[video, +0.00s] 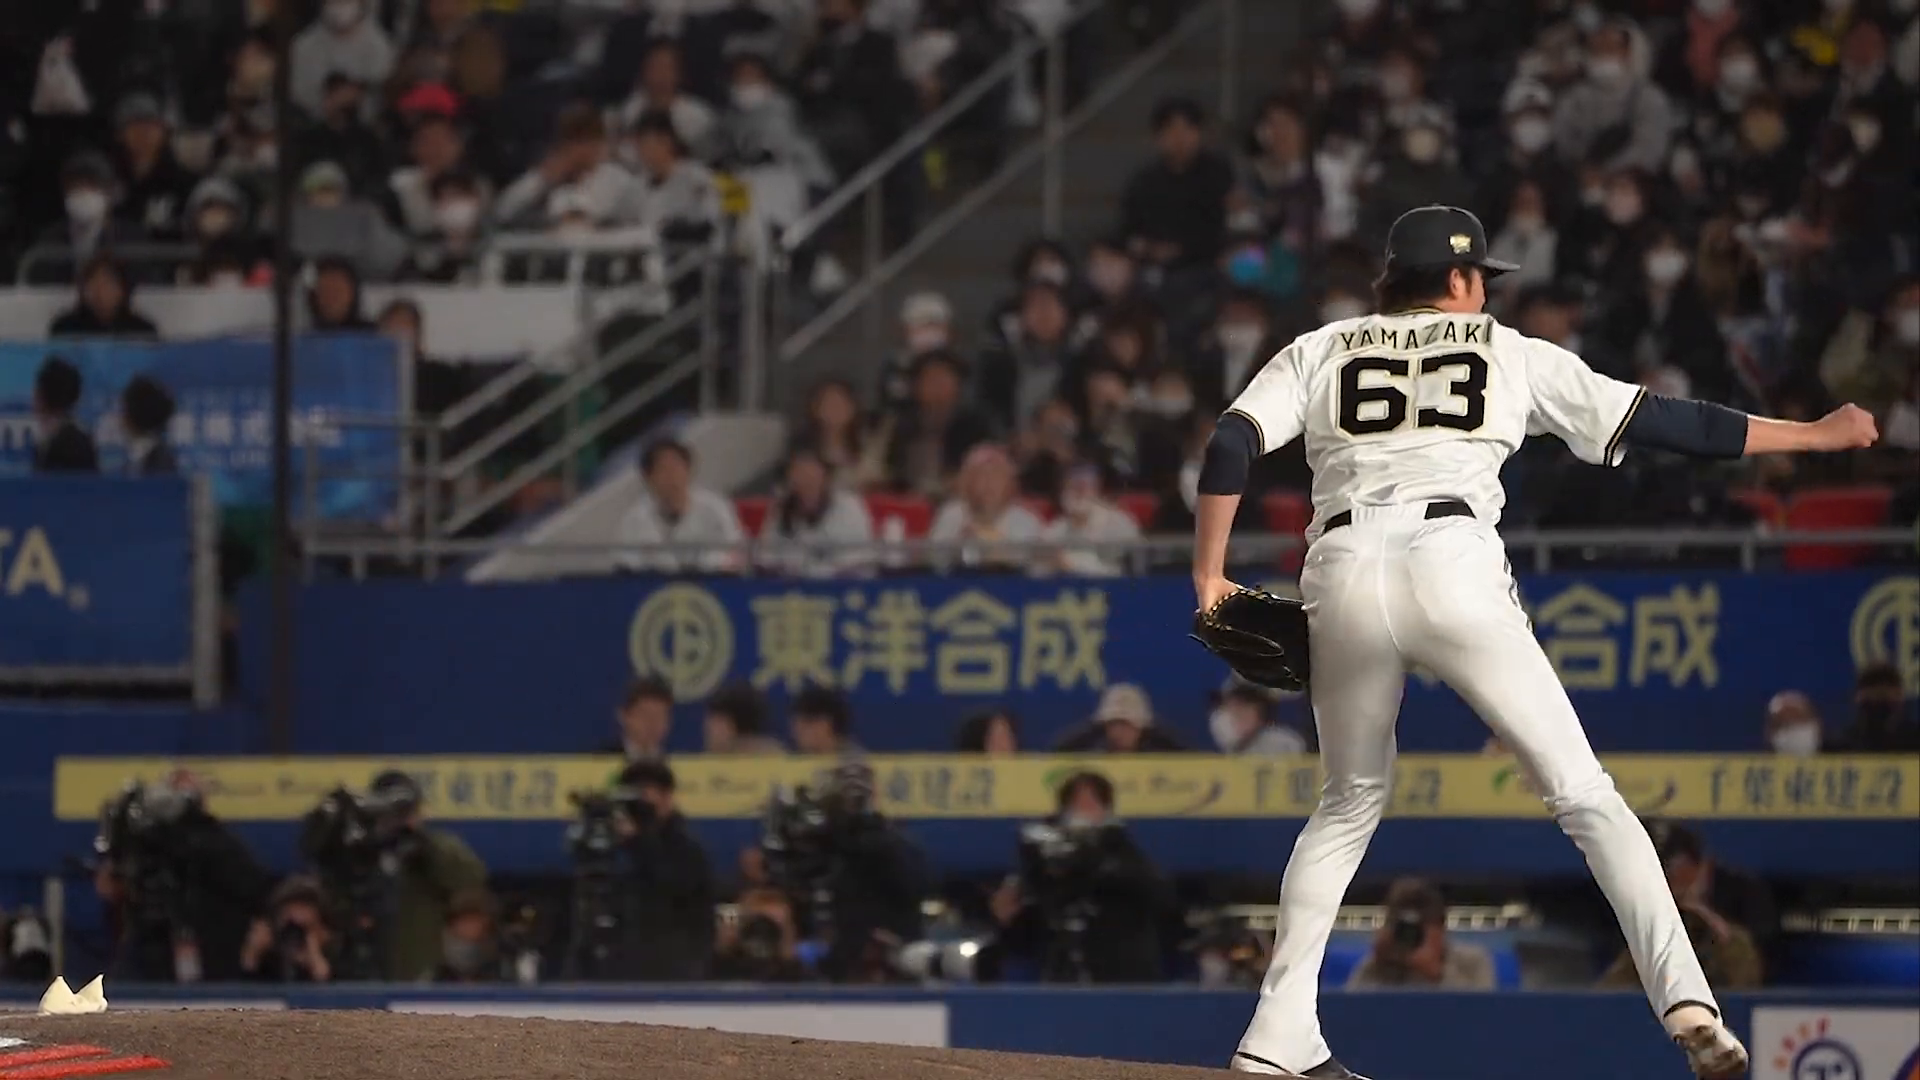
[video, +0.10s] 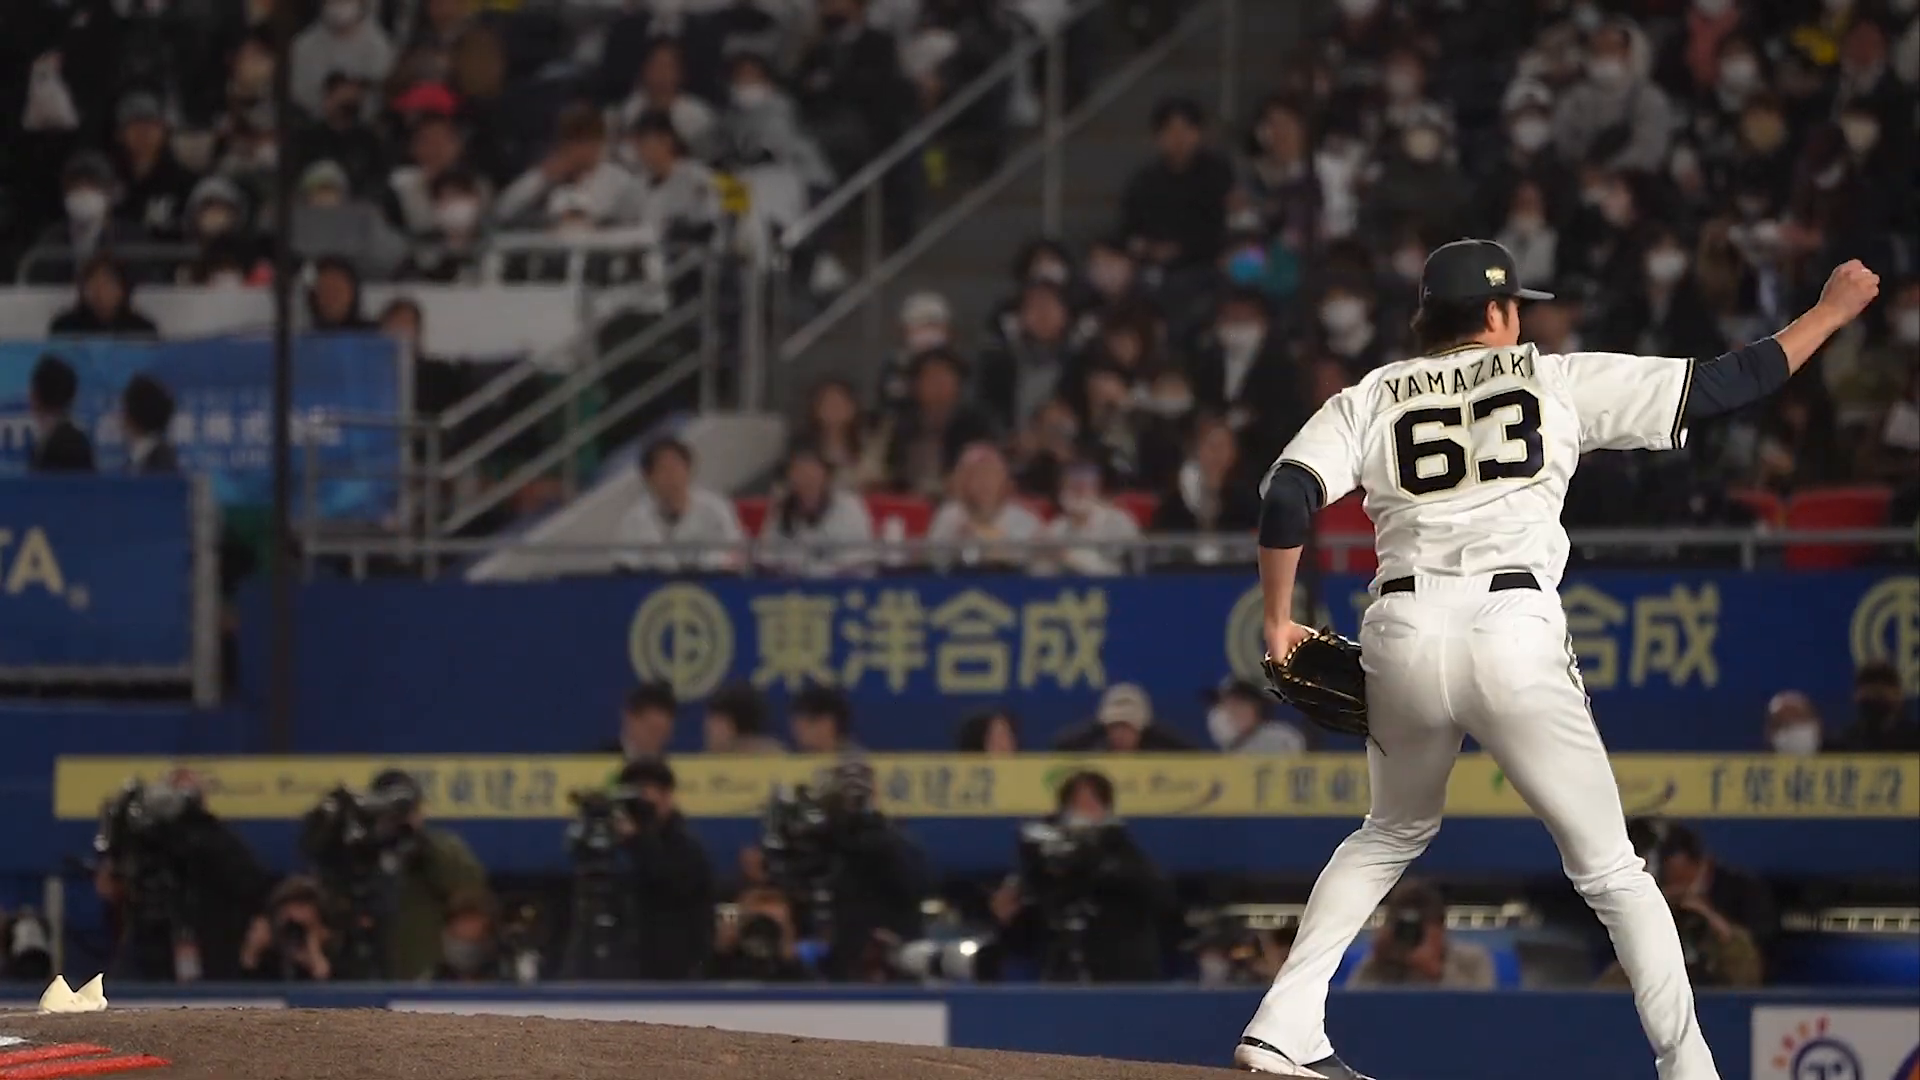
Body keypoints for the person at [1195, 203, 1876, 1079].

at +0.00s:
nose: (1486, 287)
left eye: (1480, 273)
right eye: (1480, 274)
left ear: (1392, 280)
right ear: (1462, 279)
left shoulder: (1322, 347)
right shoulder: (1513, 351)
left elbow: (1229, 444)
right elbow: (1665, 421)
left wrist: (1208, 576)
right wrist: (1816, 435)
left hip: (1338, 564)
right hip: (1455, 556)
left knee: (1345, 804)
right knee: (1581, 795)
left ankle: (1278, 1035)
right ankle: (1685, 1000)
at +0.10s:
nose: (1518, 317)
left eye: (1511, 305)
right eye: (1510, 305)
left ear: (1431, 317)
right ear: (1495, 314)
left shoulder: (1371, 395)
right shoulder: (1555, 377)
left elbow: (1286, 490)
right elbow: (1718, 384)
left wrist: (1278, 621)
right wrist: (1831, 311)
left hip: (1399, 630)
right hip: (1518, 628)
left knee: (1388, 829)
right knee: (1610, 871)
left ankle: (1283, 1026)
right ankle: (1688, 1064)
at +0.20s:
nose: (1536, 312)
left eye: (1529, 297)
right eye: (1532, 298)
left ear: (1443, 310)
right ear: (1515, 304)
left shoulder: (1389, 399)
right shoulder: (1572, 371)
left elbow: (1305, 510)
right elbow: (1735, 355)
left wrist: (1305, 631)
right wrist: (1750, 251)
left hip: (1412, 636)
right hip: (1529, 639)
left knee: (1419, 842)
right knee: (1645, 870)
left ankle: (1295, 1014)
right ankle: (1691, 1064)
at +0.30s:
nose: (1520, 243)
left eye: (1515, 227)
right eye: (1516, 228)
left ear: (1430, 235)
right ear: (1499, 234)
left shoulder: (1359, 328)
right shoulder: (1539, 303)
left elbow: (1272, 445)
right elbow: (1696, 283)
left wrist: (1297, 568)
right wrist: (1638, 181)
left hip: (1383, 584)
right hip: (1492, 582)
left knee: (1415, 816)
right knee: (1598, 832)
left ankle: (1295, 1009)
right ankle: (1684, 1051)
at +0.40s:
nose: (1493, 211)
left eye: (1491, 193)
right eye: (1488, 195)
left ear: (1400, 190)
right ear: (1466, 193)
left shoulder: (1322, 273)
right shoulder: (1486, 256)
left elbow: (1233, 403)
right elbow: (1632, 212)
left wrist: (1277, 533)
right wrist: (1534, 140)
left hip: (1347, 557)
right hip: (1450, 547)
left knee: (1389, 800)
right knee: (1553, 784)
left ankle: (1294, 1013)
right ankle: (1602, 1026)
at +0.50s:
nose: (1457, 231)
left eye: (1453, 212)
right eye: (1451, 213)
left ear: (1362, 202)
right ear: (1427, 202)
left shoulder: (1287, 283)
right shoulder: (1431, 260)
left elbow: (1210, 417)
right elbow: (1560, 187)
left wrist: (1256, 549)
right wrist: (1450, 141)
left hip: (1318, 564)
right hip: (1409, 558)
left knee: (1355, 812)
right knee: (1517, 786)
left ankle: (1283, 1034)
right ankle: (1484, 1024)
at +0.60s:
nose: (1390, 229)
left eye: (1383, 208)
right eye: (1387, 210)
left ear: (1305, 210)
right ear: (1370, 206)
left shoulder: (1254, 298)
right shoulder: (1377, 259)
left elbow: (1203, 442)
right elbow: (1501, 177)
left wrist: (1257, 567)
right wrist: (1403, 147)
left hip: (1299, 562)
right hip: (1379, 552)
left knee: (1344, 810)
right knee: (1450, 796)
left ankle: (1280, 1028)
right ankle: (1364, 1019)